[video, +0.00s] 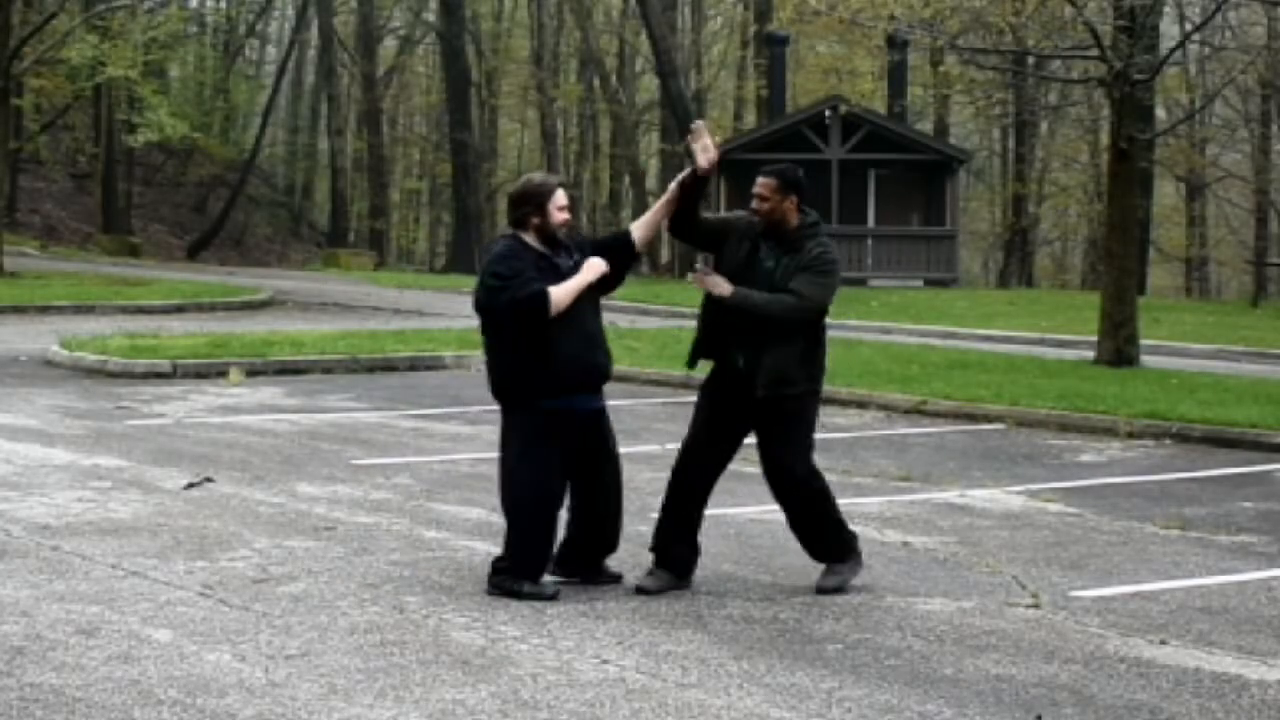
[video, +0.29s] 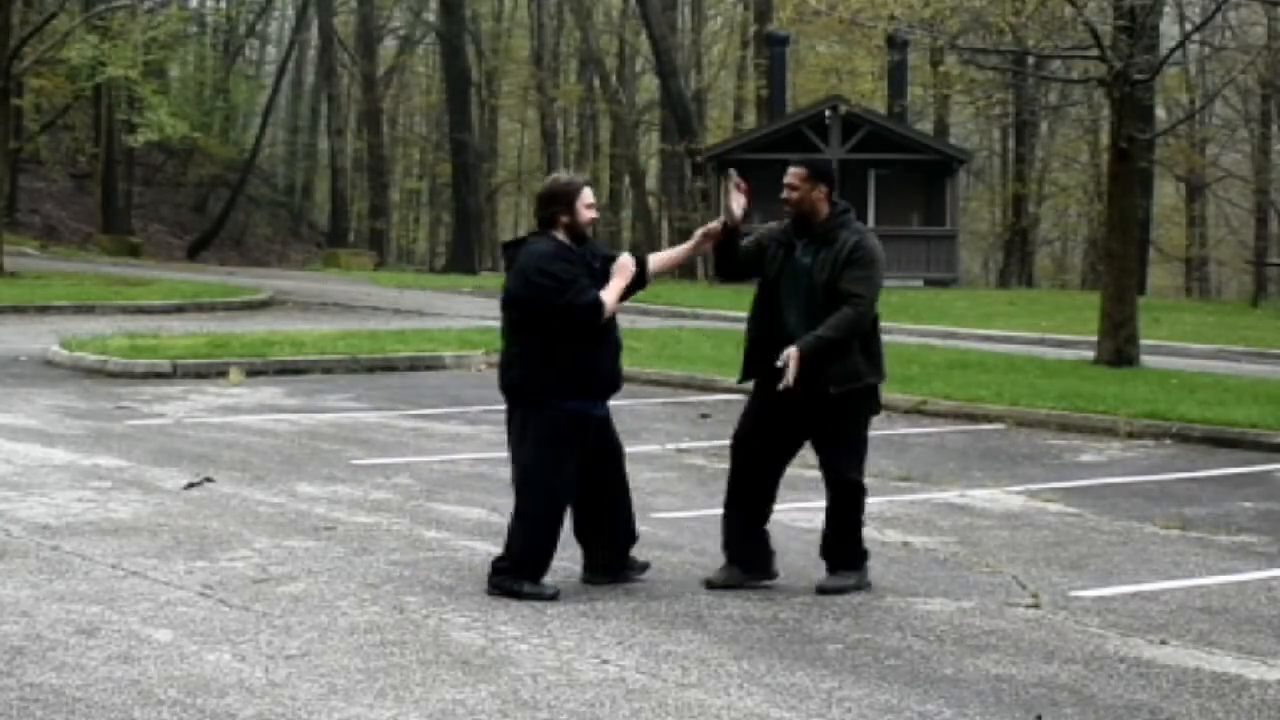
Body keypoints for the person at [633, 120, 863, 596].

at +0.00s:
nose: (755, 205)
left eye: (763, 200)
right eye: (754, 198)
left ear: (791, 203)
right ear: (755, 197)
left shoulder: (816, 253)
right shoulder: (741, 230)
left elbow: (803, 309)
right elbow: (682, 227)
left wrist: (731, 293)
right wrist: (698, 175)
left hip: (787, 384)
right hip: (732, 377)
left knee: (789, 473)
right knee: (692, 469)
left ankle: (842, 554)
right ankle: (672, 566)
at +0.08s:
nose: (763, 200)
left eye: (771, 193)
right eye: (762, 192)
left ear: (799, 198)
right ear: (764, 194)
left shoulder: (830, 248)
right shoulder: (750, 229)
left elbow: (822, 308)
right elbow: (693, 232)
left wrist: (751, 311)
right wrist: (703, 179)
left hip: (802, 383)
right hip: (747, 376)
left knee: (801, 473)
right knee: (707, 471)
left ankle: (849, 564)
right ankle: (673, 567)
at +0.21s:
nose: (778, 195)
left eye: (787, 188)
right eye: (778, 187)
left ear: (815, 192)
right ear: (790, 191)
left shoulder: (851, 244)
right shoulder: (772, 232)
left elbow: (848, 311)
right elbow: (713, 247)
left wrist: (787, 344)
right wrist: (716, 195)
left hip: (830, 382)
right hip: (774, 377)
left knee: (832, 479)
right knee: (735, 469)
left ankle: (848, 568)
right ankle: (701, 563)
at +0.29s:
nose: (784, 195)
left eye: (792, 188)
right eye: (783, 188)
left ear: (822, 193)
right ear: (788, 194)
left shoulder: (858, 245)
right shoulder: (778, 237)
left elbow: (858, 312)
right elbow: (728, 268)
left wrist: (803, 349)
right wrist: (733, 224)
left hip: (842, 383)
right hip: (781, 379)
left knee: (844, 479)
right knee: (750, 460)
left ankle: (847, 568)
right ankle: (748, 561)